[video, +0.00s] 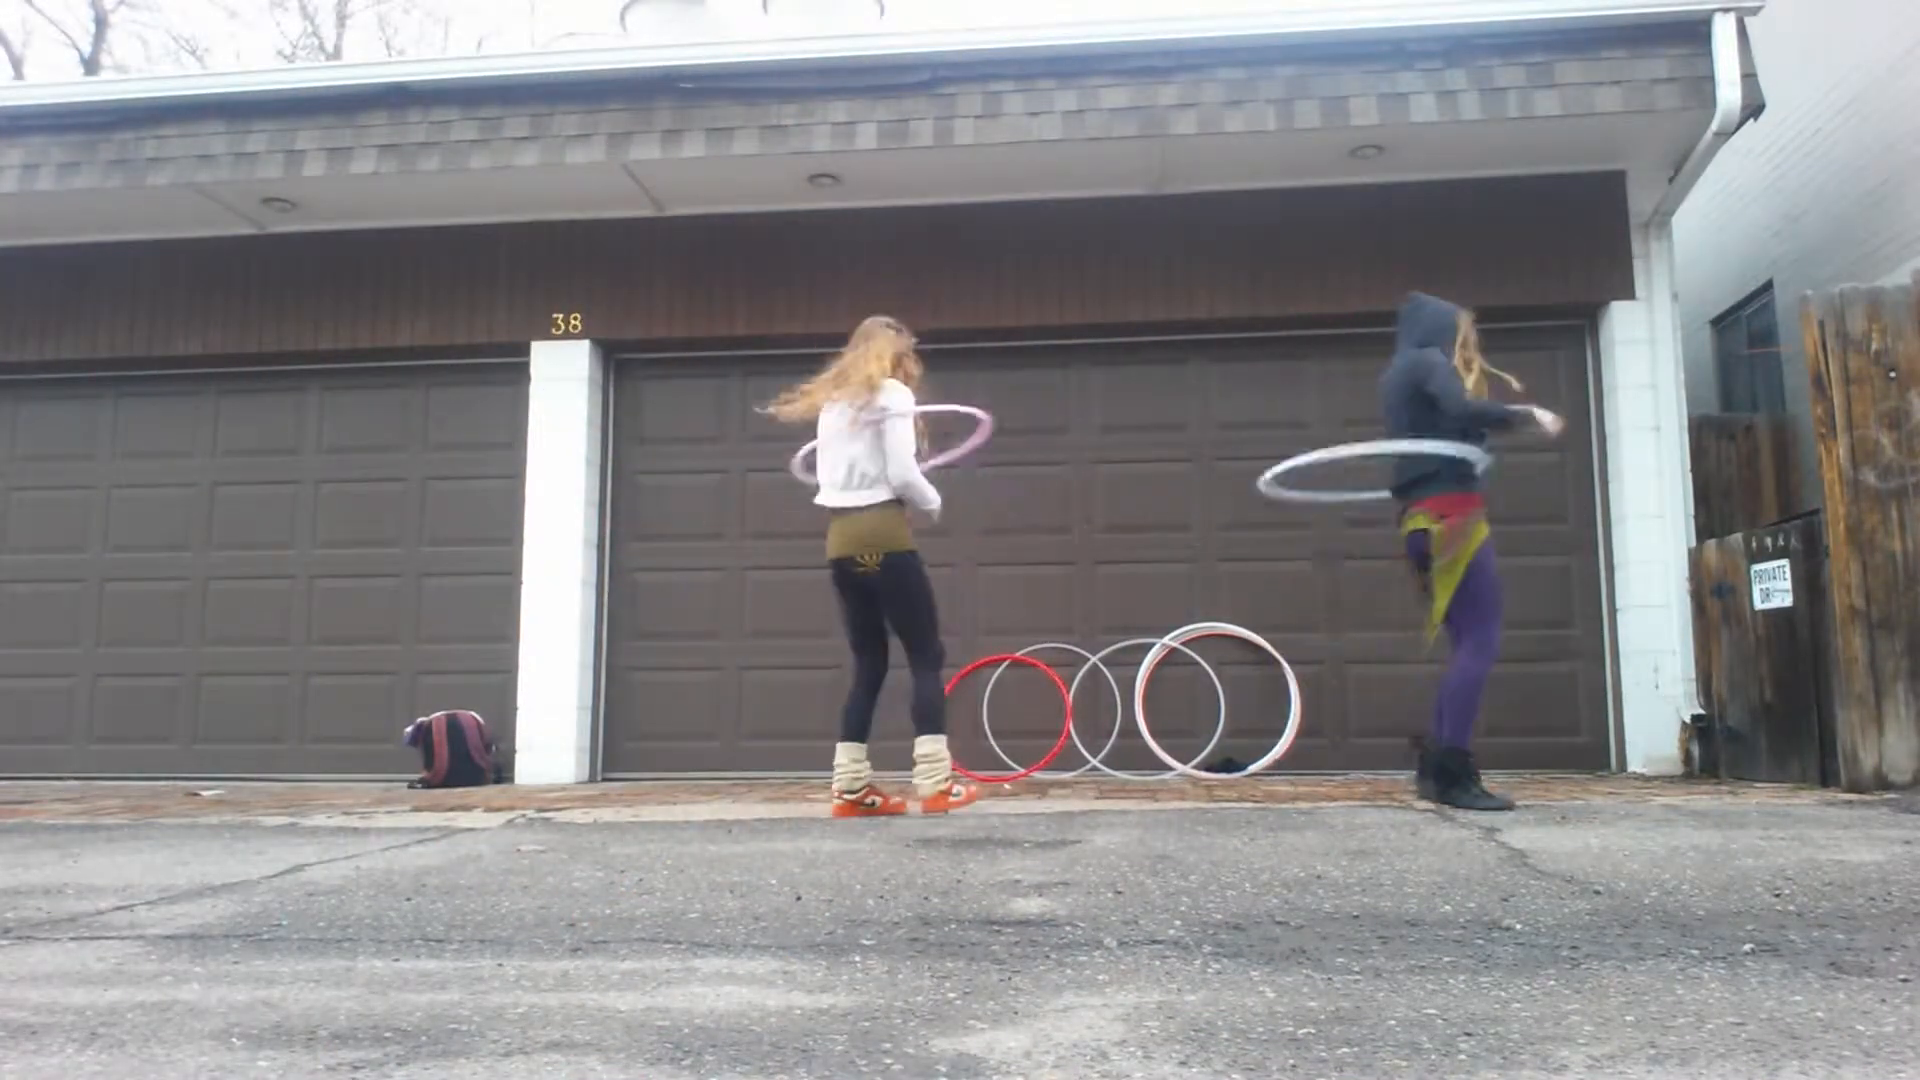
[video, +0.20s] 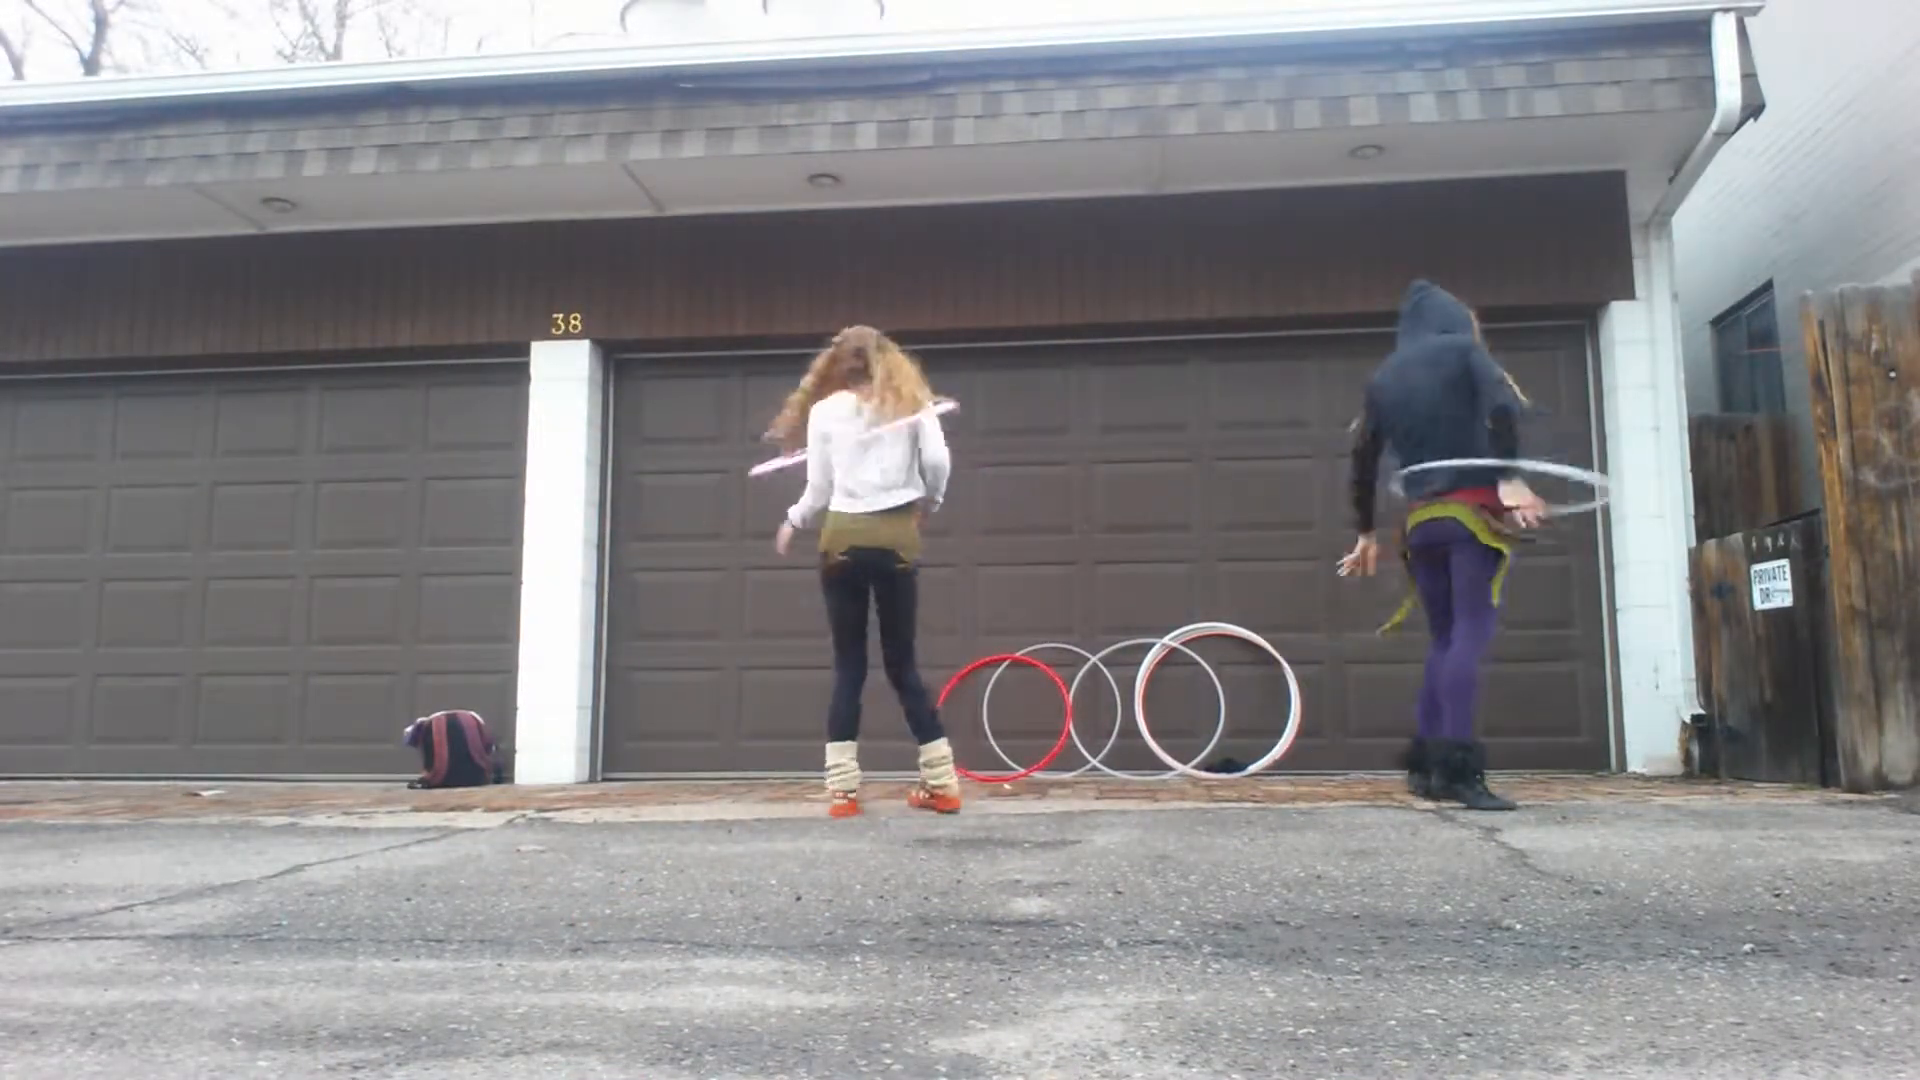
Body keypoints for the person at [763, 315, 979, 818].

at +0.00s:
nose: (910, 364)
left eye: (909, 355)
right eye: (907, 355)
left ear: (856, 352)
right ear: (896, 355)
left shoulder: (834, 398)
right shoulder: (894, 393)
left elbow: (828, 471)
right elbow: (902, 471)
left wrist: (886, 488)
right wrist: (932, 504)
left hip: (840, 529)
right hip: (885, 526)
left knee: (869, 664)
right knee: (925, 656)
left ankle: (849, 786)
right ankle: (934, 781)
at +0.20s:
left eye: (839, 359)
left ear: (837, 364)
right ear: (887, 360)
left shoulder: (824, 411)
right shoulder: (914, 403)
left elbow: (820, 487)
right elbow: (937, 461)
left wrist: (794, 519)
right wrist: (930, 501)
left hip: (841, 537)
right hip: (896, 537)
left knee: (848, 667)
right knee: (903, 666)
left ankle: (842, 789)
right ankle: (942, 781)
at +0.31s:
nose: (814, 377)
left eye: (817, 370)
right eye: (817, 369)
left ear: (826, 372)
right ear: (870, 369)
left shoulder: (824, 411)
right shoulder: (901, 408)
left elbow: (818, 490)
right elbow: (939, 475)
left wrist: (775, 521)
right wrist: (923, 526)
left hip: (860, 541)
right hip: (911, 538)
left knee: (829, 662)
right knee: (906, 665)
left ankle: (834, 787)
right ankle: (942, 782)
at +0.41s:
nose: (796, 375)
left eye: (802, 366)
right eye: (797, 367)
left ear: (825, 364)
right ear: (840, 367)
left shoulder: (825, 402)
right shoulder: (862, 407)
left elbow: (810, 484)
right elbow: (884, 491)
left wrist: (762, 529)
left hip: (875, 553)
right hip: (903, 551)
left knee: (827, 662)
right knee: (887, 665)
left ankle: (842, 786)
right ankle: (939, 773)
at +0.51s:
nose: (783, 374)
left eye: (791, 365)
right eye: (782, 366)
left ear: (819, 366)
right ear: (799, 373)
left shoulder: (839, 402)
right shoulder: (826, 417)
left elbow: (830, 481)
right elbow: (822, 518)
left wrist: (766, 528)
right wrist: (771, 552)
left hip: (871, 550)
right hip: (851, 551)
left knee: (835, 667)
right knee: (827, 666)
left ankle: (842, 788)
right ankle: (915, 741)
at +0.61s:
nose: (782, 371)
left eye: (791, 362)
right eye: (777, 365)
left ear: (817, 366)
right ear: (773, 374)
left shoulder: (852, 407)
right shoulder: (786, 434)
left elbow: (866, 478)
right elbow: (792, 505)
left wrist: (818, 516)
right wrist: (751, 537)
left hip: (863, 549)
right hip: (821, 552)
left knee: (825, 665)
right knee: (785, 668)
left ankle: (842, 787)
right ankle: (858, 735)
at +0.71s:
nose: (792, 364)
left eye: (800, 356)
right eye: (783, 357)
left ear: (819, 364)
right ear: (771, 367)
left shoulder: (851, 413)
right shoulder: (762, 423)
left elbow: (872, 476)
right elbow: (759, 485)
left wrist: (871, 495)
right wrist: (749, 516)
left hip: (853, 551)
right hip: (798, 553)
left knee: (823, 671)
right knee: (783, 663)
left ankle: (843, 785)